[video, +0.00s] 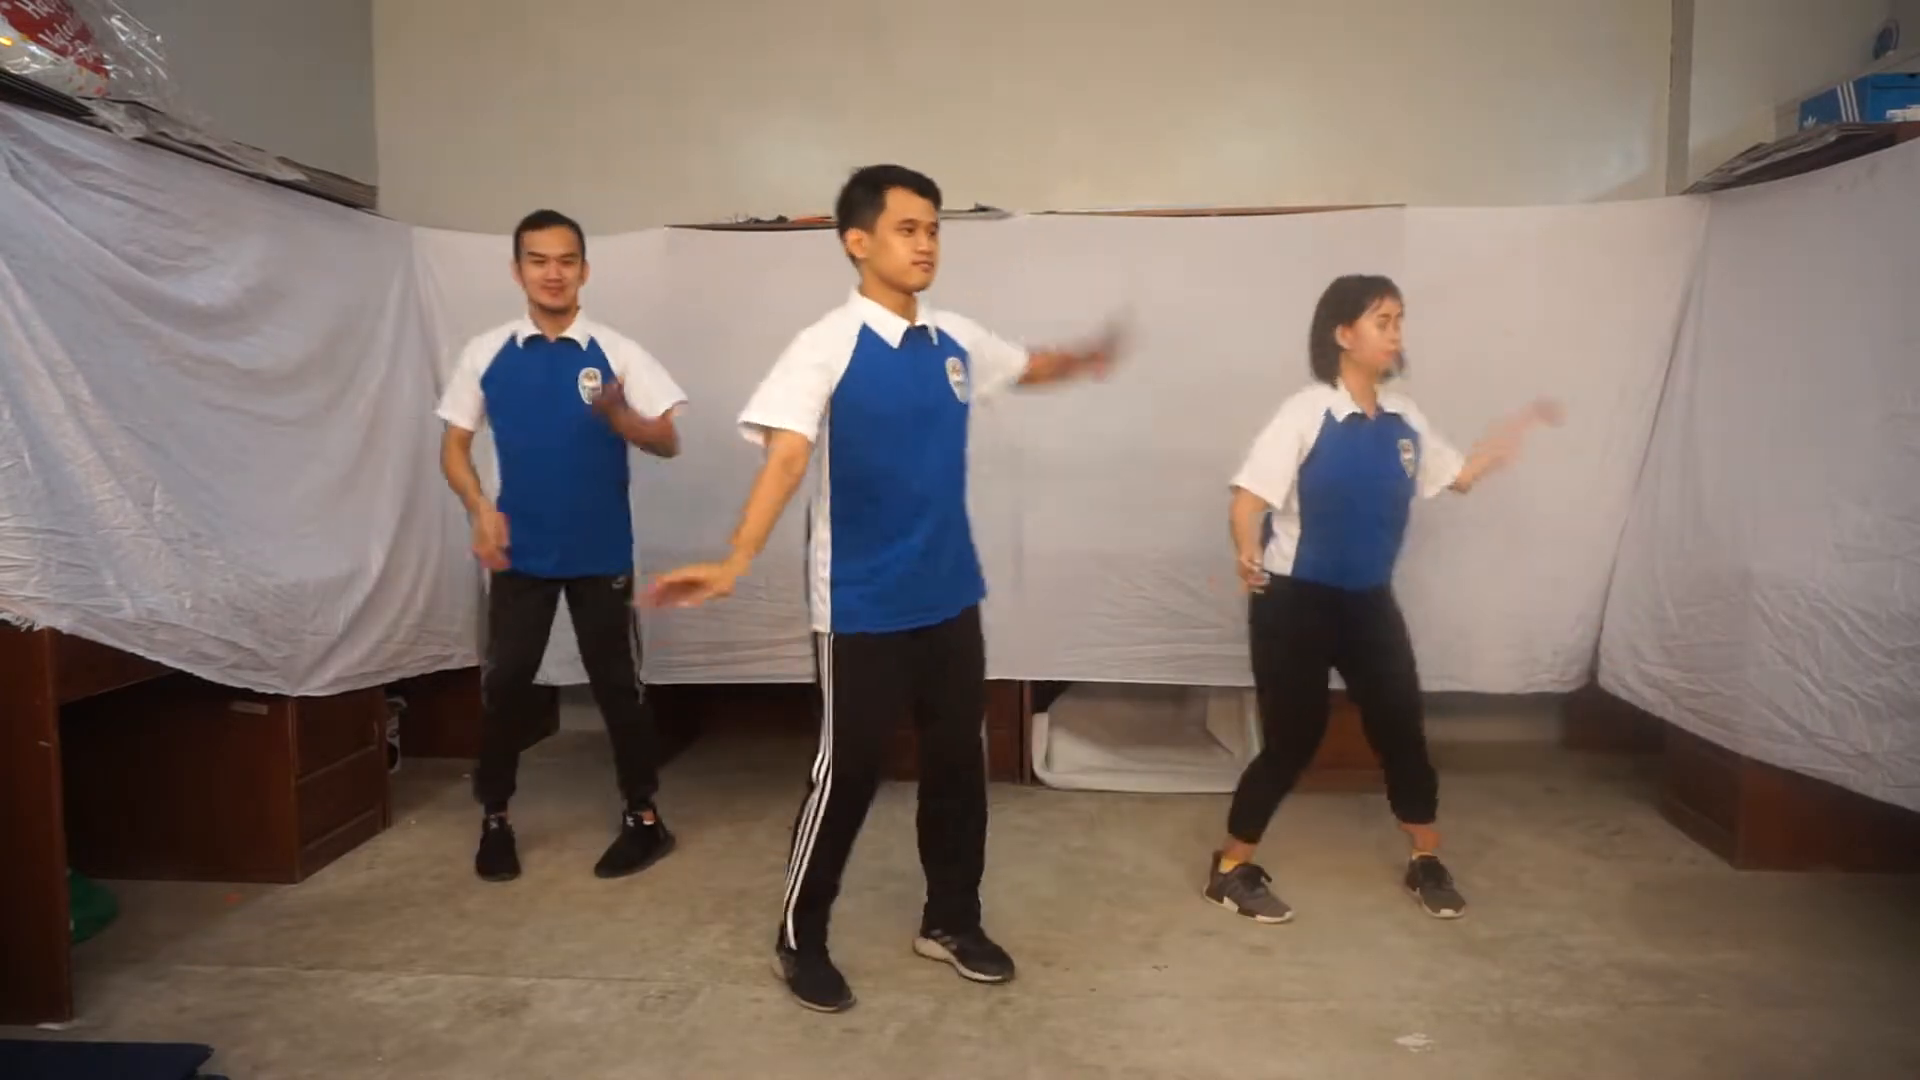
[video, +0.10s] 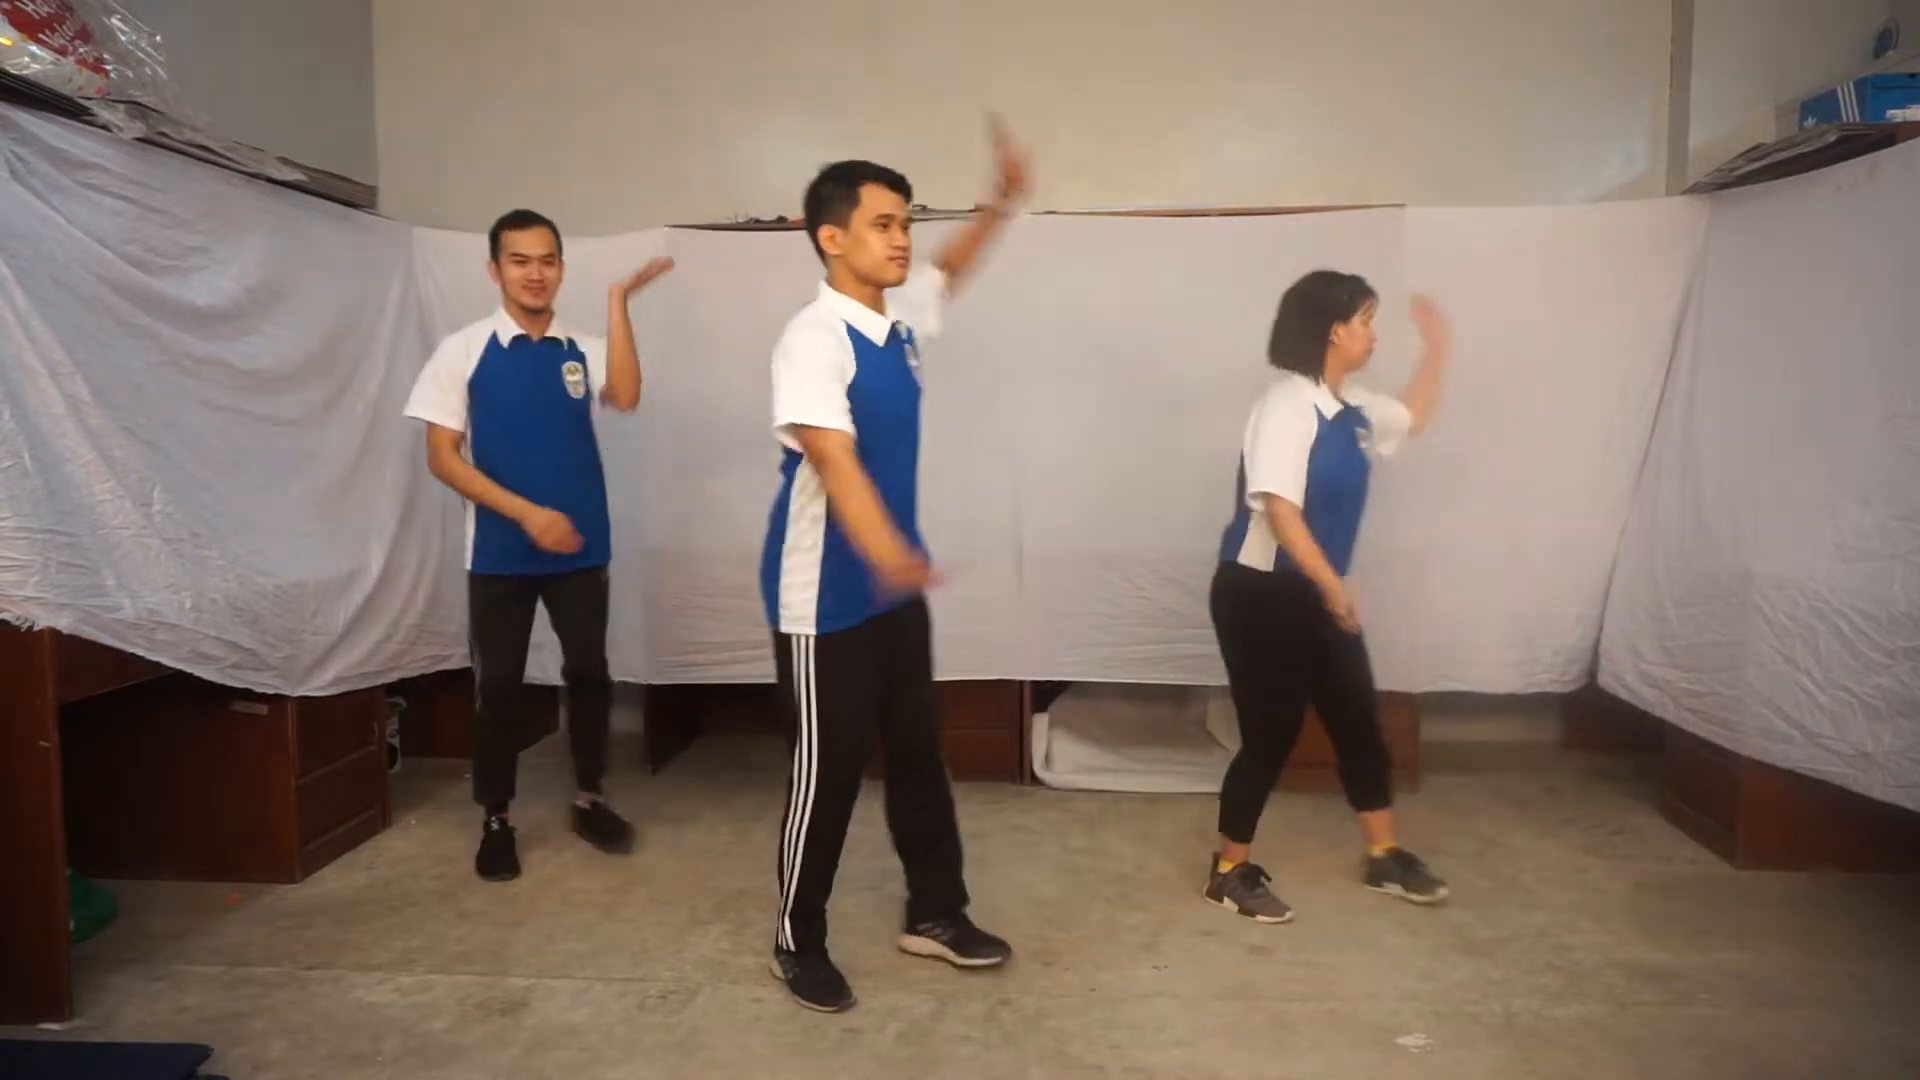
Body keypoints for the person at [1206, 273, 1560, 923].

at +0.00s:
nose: (1397, 334)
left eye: (1399, 323)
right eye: (1384, 323)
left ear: (1395, 334)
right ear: (1343, 334)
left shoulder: (1402, 416)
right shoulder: (1308, 411)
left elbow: (1457, 476)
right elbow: (1249, 495)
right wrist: (1249, 558)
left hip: (1367, 604)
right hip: (1293, 602)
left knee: (1402, 729)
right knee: (1293, 737)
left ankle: (1426, 861)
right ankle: (1233, 865)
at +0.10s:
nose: (1373, 335)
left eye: (1372, 322)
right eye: (1365, 322)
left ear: (1335, 334)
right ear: (1328, 329)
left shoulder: (1351, 406)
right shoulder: (1286, 402)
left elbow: (1411, 418)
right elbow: (1279, 509)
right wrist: (1332, 582)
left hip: (1318, 590)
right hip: (1259, 590)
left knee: (1357, 719)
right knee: (1269, 734)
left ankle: (1383, 853)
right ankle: (1230, 868)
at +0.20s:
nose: (1343, 330)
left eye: (1343, 319)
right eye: (1337, 320)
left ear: (1281, 321)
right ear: (1311, 325)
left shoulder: (1287, 381)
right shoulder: (1281, 399)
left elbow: (1323, 358)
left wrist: (1363, 314)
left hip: (1273, 580)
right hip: (1235, 585)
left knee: (1313, 701)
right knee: (1254, 722)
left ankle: (1265, 834)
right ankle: (1227, 866)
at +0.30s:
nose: (1314, 334)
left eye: (1309, 320)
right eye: (1308, 321)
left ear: (1247, 317)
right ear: (1298, 329)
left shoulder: (1220, 383)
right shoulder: (1281, 406)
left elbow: (1257, 323)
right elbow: (1308, 522)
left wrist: (1293, 271)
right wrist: (1344, 575)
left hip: (1203, 577)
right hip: (1240, 591)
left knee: (1238, 707)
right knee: (1251, 719)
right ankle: (1228, 866)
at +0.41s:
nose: (1298, 326)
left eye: (1288, 312)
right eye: (1293, 315)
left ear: (1225, 323)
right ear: (1284, 325)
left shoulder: (1192, 374)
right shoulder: (1275, 403)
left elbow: (1193, 301)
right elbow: (1305, 517)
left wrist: (1203, 233)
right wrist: (1276, 534)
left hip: (1173, 575)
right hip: (1226, 588)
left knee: (1173, 698)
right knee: (1258, 721)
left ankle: (1079, 809)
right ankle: (1229, 865)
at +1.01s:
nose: (1275, 353)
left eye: (1273, 341)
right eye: (1269, 341)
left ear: (1213, 345)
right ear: (1237, 346)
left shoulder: (1185, 398)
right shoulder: (1257, 423)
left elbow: (1202, 328)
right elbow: (1300, 524)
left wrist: (1209, 252)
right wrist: (1275, 531)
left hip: (1159, 582)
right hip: (1215, 604)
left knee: (1122, 704)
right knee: (1308, 723)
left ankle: (1060, 827)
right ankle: (1286, 870)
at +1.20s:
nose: (1324, 324)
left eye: (1322, 312)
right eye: (1307, 315)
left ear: (1287, 337)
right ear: (1271, 337)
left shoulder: (1275, 388)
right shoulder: (1291, 401)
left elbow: (1305, 445)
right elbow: (1343, 507)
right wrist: (1382, 533)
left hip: (1250, 581)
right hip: (1281, 592)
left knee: (1285, 719)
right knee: (1329, 728)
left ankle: (1166, 799)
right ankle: (1286, 872)